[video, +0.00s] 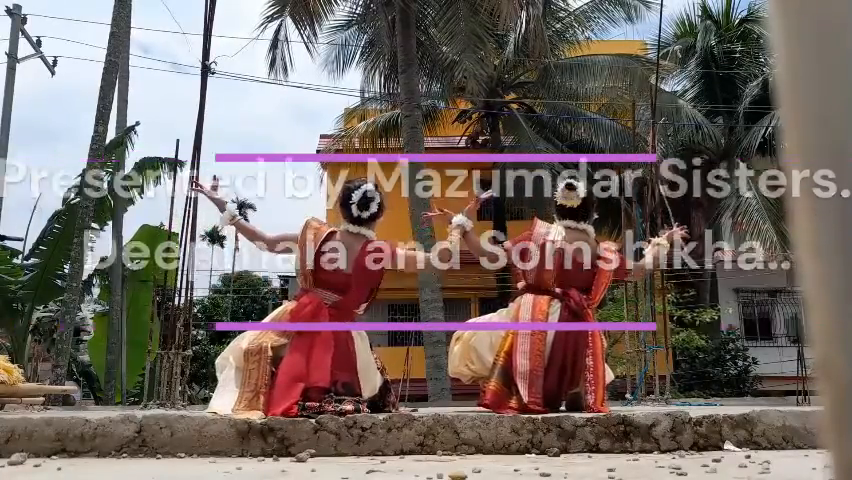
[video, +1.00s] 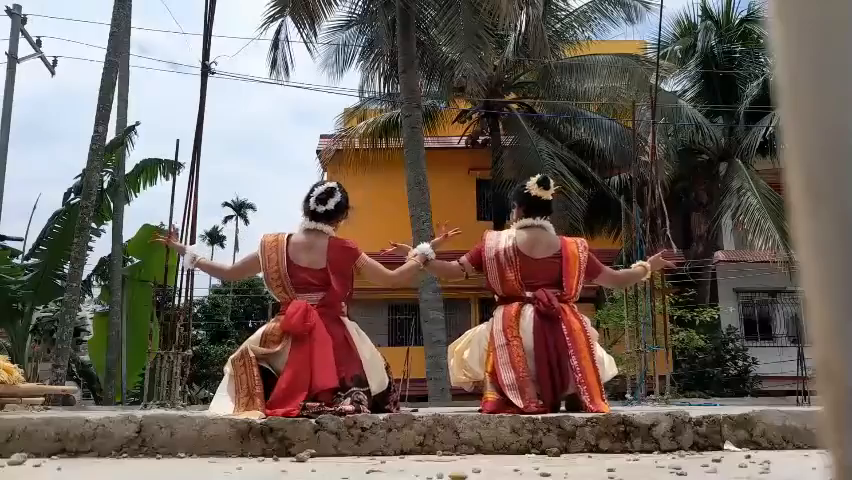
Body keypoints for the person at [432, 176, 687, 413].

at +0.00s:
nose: (571, 212)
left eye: (566, 205)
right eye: (576, 207)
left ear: (555, 207)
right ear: (588, 211)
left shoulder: (537, 235)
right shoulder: (595, 246)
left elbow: (492, 256)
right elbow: (636, 269)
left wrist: (464, 229)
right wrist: (662, 242)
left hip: (531, 314)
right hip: (576, 321)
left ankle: (522, 399)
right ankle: (578, 397)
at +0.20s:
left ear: (557, 208)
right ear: (590, 213)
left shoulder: (539, 236)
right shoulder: (602, 253)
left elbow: (494, 257)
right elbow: (640, 270)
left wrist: (462, 233)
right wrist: (662, 242)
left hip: (528, 322)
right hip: (576, 328)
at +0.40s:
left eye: (554, 205)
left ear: (552, 209)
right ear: (586, 213)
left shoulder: (533, 236)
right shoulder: (598, 254)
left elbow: (490, 258)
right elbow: (636, 276)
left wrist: (458, 236)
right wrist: (660, 250)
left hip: (527, 324)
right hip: (575, 331)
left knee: (471, 338)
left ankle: (514, 396)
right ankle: (576, 396)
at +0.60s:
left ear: (545, 208)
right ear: (580, 213)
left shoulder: (522, 238)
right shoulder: (593, 254)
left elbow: (479, 262)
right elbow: (631, 280)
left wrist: (447, 245)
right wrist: (655, 264)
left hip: (520, 329)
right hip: (572, 335)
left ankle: (513, 397)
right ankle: (572, 397)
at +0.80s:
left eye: (534, 207)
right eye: (558, 207)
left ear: (531, 210)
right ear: (566, 212)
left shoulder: (510, 242)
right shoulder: (585, 251)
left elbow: (469, 267)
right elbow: (623, 282)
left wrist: (434, 254)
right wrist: (653, 268)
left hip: (517, 334)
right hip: (569, 336)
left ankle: (510, 398)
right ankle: (569, 397)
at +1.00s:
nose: (511, 213)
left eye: (513, 208)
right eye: (521, 207)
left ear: (517, 211)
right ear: (551, 212)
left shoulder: (495, 244)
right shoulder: (573, 248)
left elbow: (453, 269)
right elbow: (616, 279)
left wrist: (421, 255)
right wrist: (649, 266)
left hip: (512, 333)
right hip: (566, 333)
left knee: (510, 404)